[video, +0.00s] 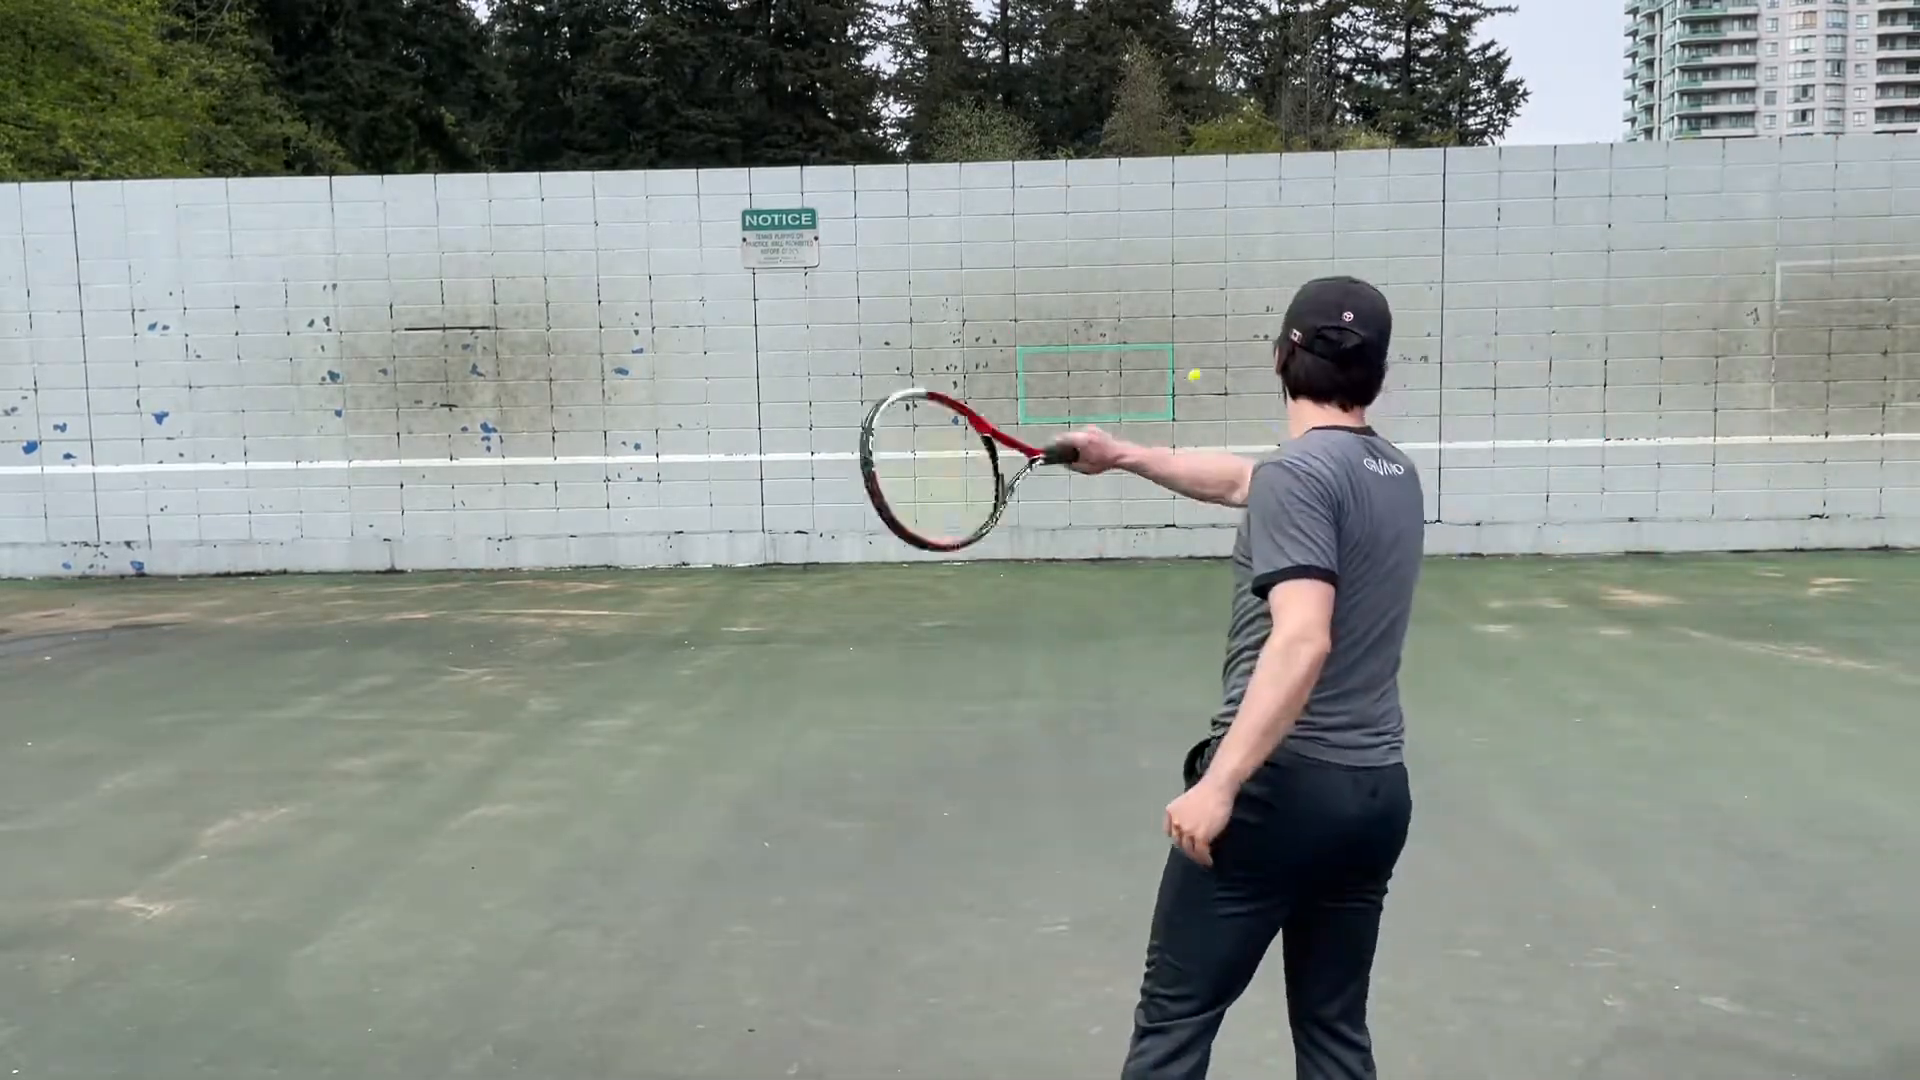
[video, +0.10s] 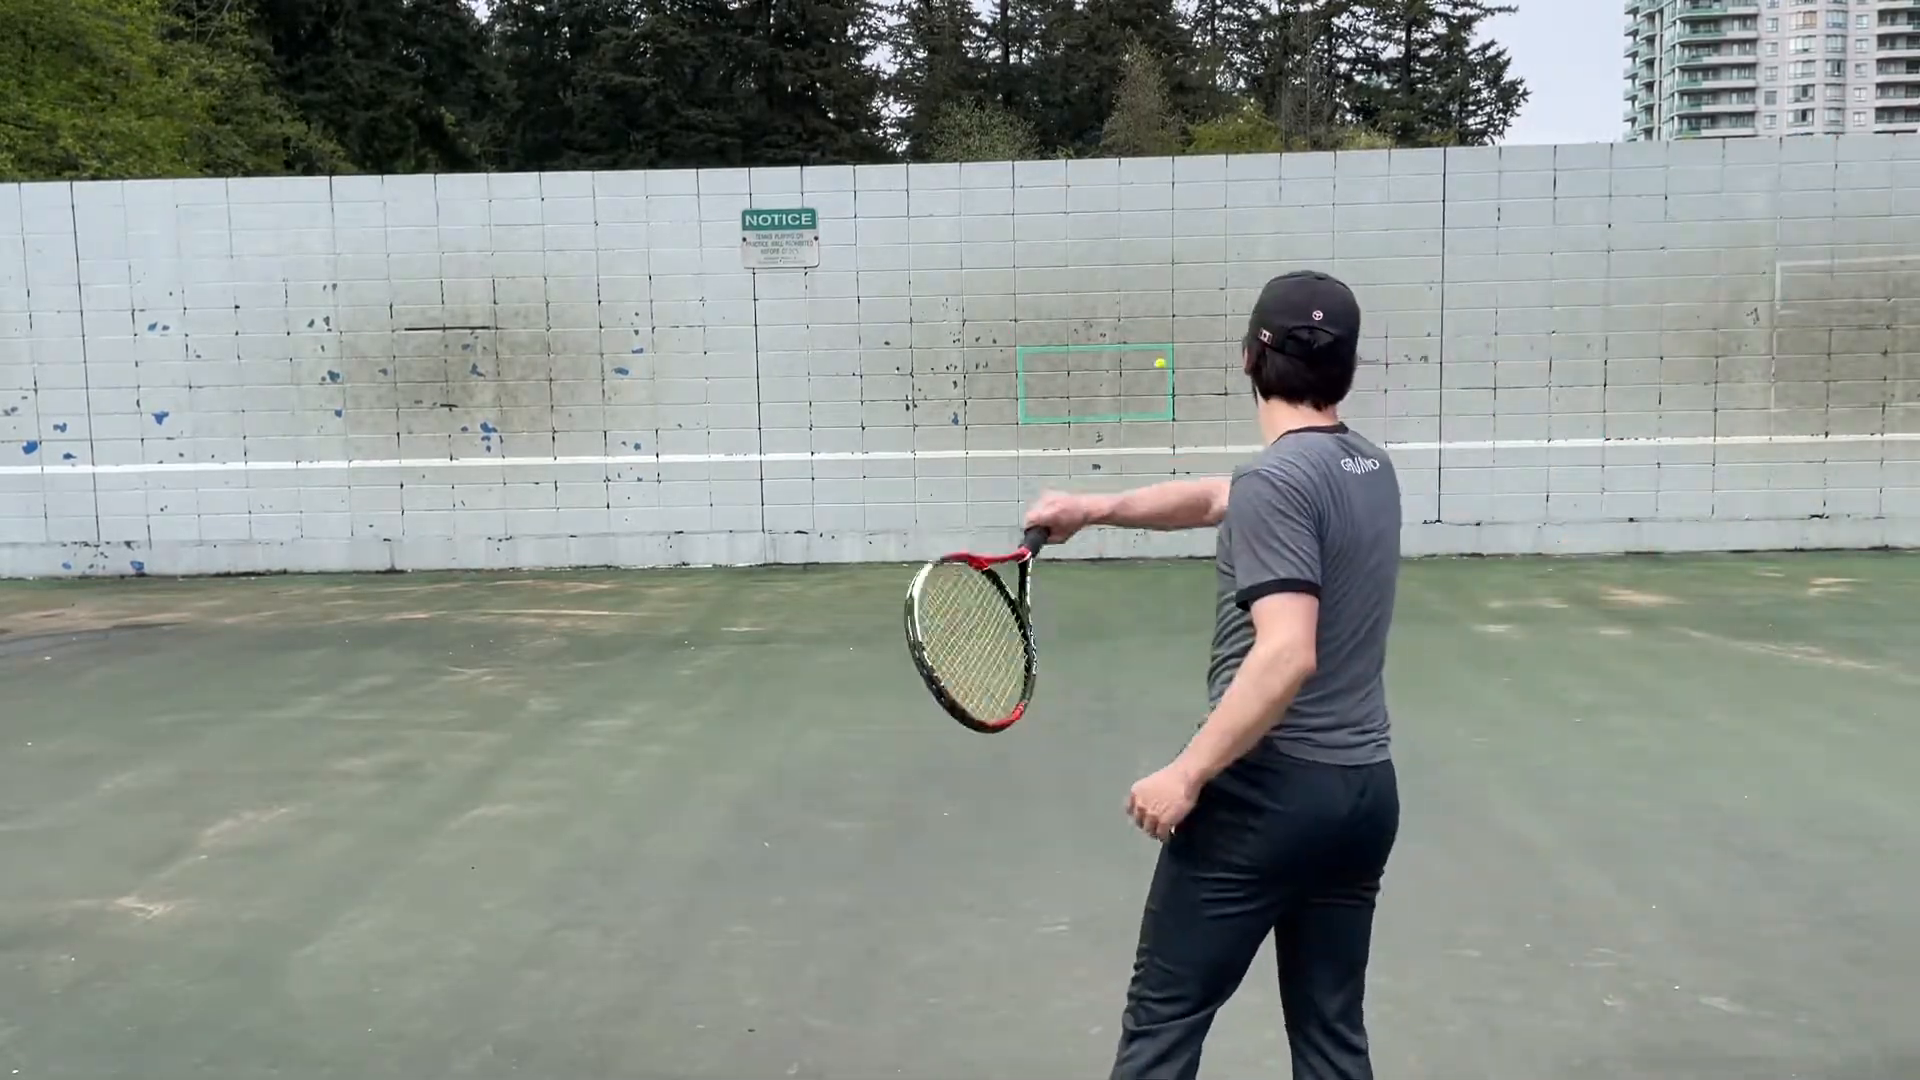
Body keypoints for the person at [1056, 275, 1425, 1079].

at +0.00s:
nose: (1277, 352)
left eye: (1280, 343)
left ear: (1285, 357)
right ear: (1379, 372)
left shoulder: (1295, 474)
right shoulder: (1393, 471)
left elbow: (1302, 639)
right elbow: (1249, 477)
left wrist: (1219, 783)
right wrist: (1123, 454)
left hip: (1272, 790)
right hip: (1372, 791)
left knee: (1173, 1023)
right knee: (1335, 1025)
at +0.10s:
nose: (1245, 354)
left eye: (1248, 343)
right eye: (1258, 342)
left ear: (1253, 358)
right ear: (1349, 366)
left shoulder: (1275, 480)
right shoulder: (1371, 468)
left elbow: (1287, 654)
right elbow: (1217, 499)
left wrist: (1185, 773)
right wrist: (1093, 508)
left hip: (1262, 791)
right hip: (1361, 790)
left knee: (1163, 1020)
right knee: (1331, 1029)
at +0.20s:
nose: (1209, 355)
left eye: (1213, 345)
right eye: (1218, 344)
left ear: (1216, 362)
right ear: (1312, 366)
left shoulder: (1235, 490)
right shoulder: (1341, 470)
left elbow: (1256, 662)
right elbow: (1211, 546)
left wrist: (1147, 756)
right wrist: (1091, 590)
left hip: (1235, 798)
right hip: (1340, 791)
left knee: (1149, 1031)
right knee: (1322, 1032)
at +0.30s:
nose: (1158, 364)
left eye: (1161, 353)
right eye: (1166, 351)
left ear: (1168, 370)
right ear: (1264, 374)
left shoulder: (1183, 502)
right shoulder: (1301, 482)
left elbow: (1211, 676)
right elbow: (1236, 614)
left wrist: (1111, 751)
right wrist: (1114, 668)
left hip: (1195, 811)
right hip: (1302, 800)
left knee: (1137, 1048)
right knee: (1303, 1037)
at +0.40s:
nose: (1107, 372)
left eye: (1110, 362)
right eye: (1116, 360)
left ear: (1114, 381)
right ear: (1209, 384)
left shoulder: (1120, 511)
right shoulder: (1260, 498)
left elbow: (1142, 689)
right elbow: (1248, 657)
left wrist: (1048, 752)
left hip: (1147, 817)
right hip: (1254, 809)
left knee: (1115, 1058)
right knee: (1266, 1041)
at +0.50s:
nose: (1058, 373)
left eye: (1061, 365)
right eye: (1064, 363)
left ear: (1066, 385)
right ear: (1158, 382)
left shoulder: (1064, 514)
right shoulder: (1221, 496)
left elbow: (1056, 699)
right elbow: (1259, 660)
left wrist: (997, 739)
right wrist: (1171, 694)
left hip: (1109, 817)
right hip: (1216, 805)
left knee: (1091, 1056)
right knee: (1204, 1013)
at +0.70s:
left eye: (1009, 375)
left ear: (1007, 390)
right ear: (1104, 391)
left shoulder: (969, 518)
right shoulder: (1168, 510)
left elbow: (945, 698)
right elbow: (1209, 671)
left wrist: (987, 691)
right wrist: (1126, 708)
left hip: (1038, 819)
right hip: (1152, 813)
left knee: (1036, 1050)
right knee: (1106, 1020)